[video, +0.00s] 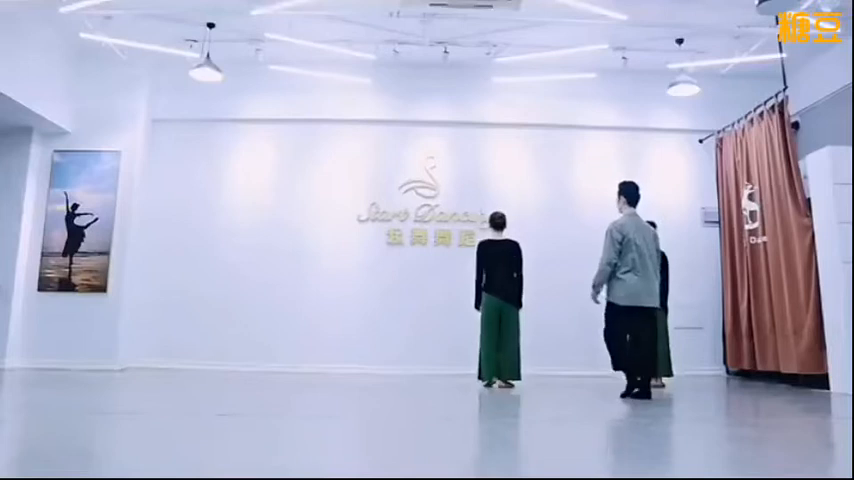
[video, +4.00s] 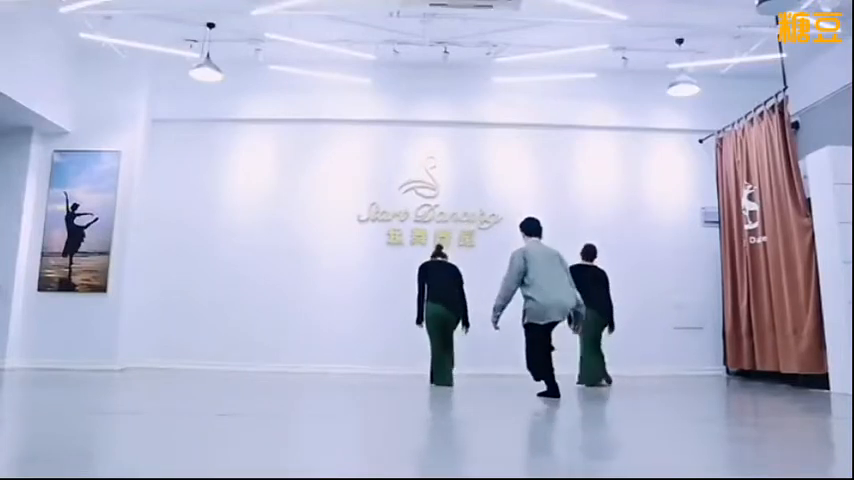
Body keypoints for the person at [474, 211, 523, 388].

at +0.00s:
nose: (498, 226)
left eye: (495, 223)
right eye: (501, 223)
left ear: (490, 225)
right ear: (505, 225)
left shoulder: (483, 246)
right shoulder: (514, 246)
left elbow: (479, 275)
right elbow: (519, 275)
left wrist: (477, 299)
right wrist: (519, 298)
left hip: (490, 296)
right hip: (510, 298)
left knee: (489, 336)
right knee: (509, 337)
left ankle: (488, 376)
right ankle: (506, 376)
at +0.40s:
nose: (484, 237)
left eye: (484, 234)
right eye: (486, 234)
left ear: (486, 234)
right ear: (501, 233)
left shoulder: (482, 253)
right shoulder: (513, 253)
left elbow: (478, 283)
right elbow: (518, 282)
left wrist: (475, 307)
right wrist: (520, 304)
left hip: (489, 302)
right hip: (510, 303)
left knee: (479, 338)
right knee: (509, 344)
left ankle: (462, 372)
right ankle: (508, 378)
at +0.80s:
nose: (470, 227)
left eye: (471, 224)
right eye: (473, 224)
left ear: (473, 226)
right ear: (487, 227)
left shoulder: (463, 244)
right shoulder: (493, 248)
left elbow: (458, 272)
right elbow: (497, 278)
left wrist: (453, 295)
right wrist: (502, 302)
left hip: (465, 294)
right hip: (485, 295)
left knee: (460, 334)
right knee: (494, 335)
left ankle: (450, 374)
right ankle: (503, 374)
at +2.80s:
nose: (458, 232)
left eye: (456, 228)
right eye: (461, 230)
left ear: (447, 226)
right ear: (463, 230)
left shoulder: (436, 244)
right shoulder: (466, 248)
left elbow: (431, 271)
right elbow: (472, 275)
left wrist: (430, 295)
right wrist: (479, 299)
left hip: (445, 292)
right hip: (465, 293)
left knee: (446, 333)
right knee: (480, 331)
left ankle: (448, 376)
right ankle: (497, 366)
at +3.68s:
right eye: (452, 251)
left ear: (437, 250)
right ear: (452, 251)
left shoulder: (428, 263)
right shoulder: (457, 265)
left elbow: (424, 288)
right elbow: (468, 289)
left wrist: (425, 309)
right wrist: (475, 312)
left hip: (438, 301)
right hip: (458, 302)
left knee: (440, 342)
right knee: (468, 338)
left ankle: (444, 379)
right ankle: (492, 369)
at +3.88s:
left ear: (433, 256)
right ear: (448, 256)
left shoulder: (426, 267)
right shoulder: (455, 268)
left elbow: (422, 293)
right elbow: (465, 294)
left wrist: (421, 315)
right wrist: (470, 317)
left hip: (436, 307)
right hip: (457, 308)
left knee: (438, 344)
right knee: (453, 339)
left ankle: (443, 381)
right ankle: (465, 367)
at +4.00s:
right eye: (444, 258)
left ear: (432, 257)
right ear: (446, 258)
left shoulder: (425, 267)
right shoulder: (454, 269)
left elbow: (421, 292)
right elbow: (461, 295)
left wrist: (419, 315)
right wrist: (465, 318)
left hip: (434, 308)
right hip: (453, 309)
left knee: (436, 345)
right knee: (448, 339)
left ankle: (439, 379)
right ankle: (448, 369)